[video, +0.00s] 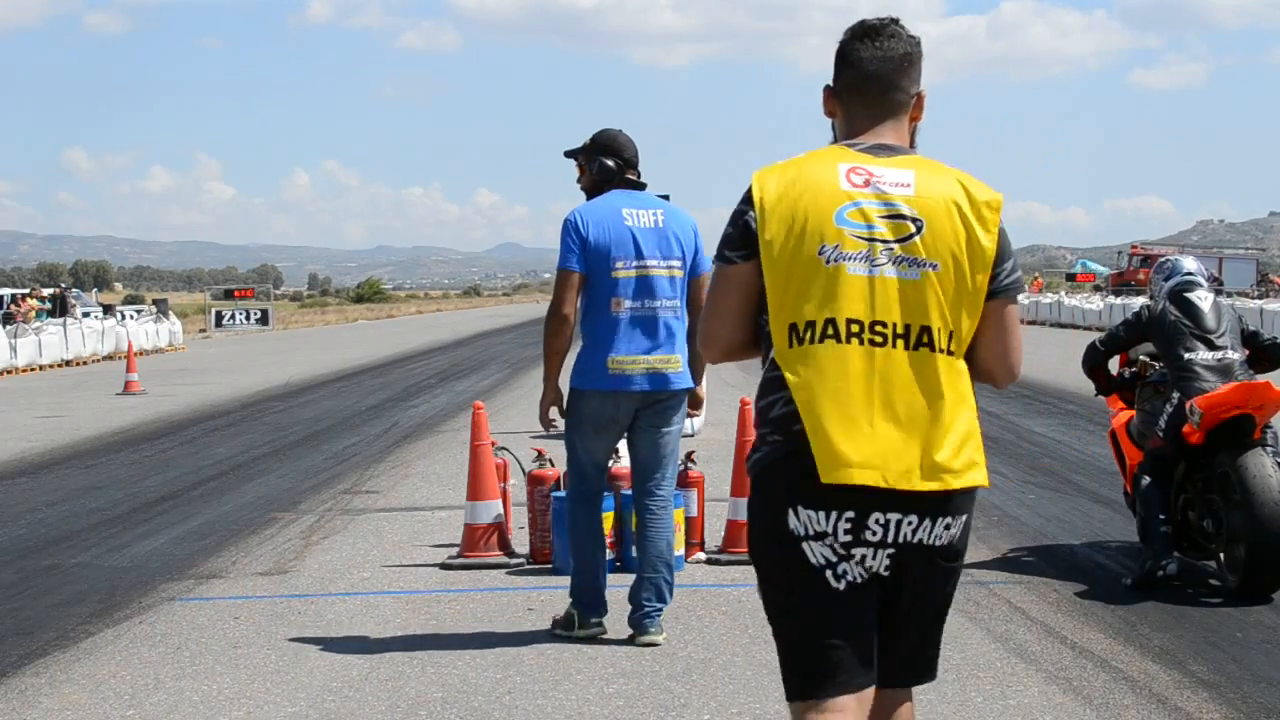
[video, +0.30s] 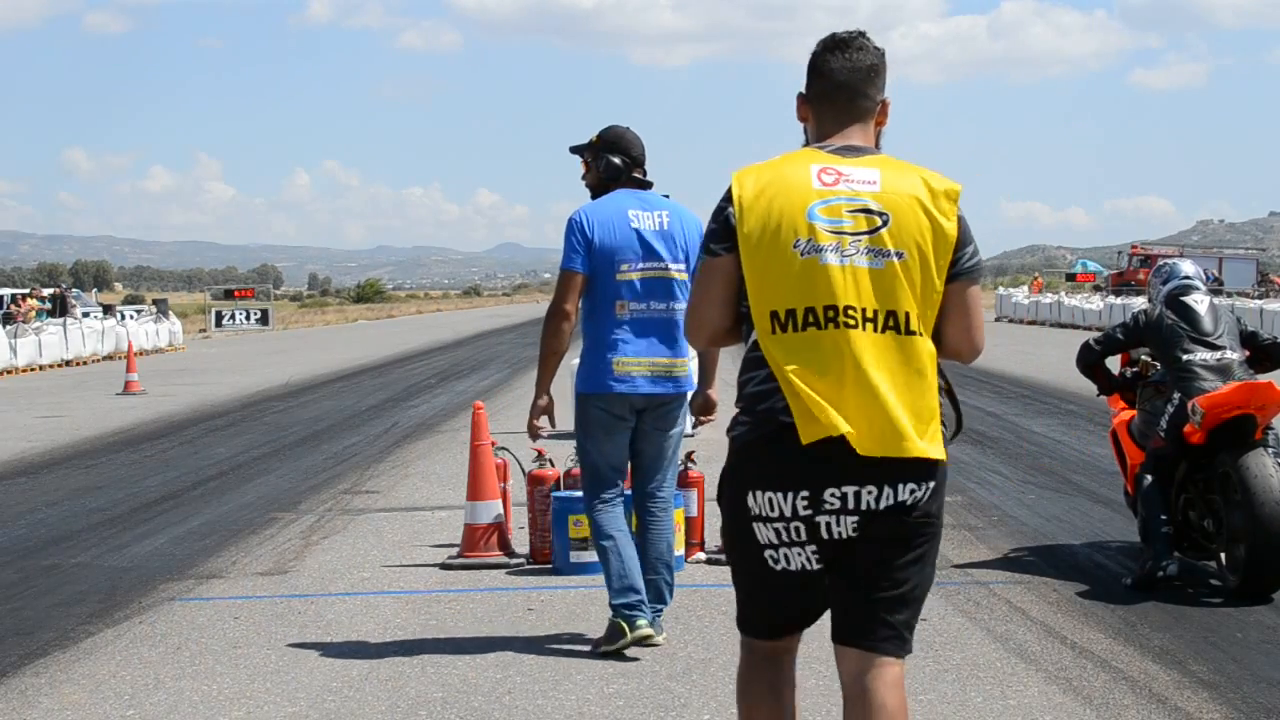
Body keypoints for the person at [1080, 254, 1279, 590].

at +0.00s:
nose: (1152, 291)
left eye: (1154, 285)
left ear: (1161, 283)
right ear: (1202, 278)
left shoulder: (1153, 313)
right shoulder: (1228, 309)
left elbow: (1095, 353)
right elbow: (1269, 349)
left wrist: (1109, 385)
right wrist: (1242, 369)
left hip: (1192, 392)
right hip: (1242, 385)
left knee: (1151, 471)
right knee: (1266, 433)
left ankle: (1158, 554)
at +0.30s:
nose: (1151, 293)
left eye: (1153, 287)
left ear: (1160, 286)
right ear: (1200, 282)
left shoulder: (1152, 317)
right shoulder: (1226, 313)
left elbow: (1088, 354)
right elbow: (1271, 348)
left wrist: (1111, 385)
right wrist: (1243, 368)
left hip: (1192, 395)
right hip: (1241, 387)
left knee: (1151, 471)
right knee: (1266, 439)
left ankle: (1159, 556)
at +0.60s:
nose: (1149, 295)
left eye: (1151, 289)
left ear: (1158, 288)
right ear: (1197, 284)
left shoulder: (1150, 320)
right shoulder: (1225, 315)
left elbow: (1088, 357)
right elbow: (1271, 347)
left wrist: (1109, 386)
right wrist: (1241, 368)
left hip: (1190, 398)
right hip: (1240, 391)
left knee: (1147, 474)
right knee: (1266, 441)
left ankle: (1157, 556)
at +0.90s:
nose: (1143, 295)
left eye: (1145, 290)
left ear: (1152, 288)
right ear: (1191, 282)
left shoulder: (1143, 319)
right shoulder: (1219, 313)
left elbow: (1084, 357)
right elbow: (1270, 345)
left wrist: (1107, 387)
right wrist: (1238, 365)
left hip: (1187, 393)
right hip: (1238, 384)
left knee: (1150, 471)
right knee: (1264, 436)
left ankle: (1156, 560)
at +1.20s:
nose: (1143, 296)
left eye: (1145, 290)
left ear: (1153, 288)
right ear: (1192, 283)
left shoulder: (1145, 319)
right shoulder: (1221, 313)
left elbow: (1084, 356)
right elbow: (1270, 346)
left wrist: (1107, 386)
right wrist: (1242, 367)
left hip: (1187, 394)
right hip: (1238, 386)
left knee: (1150, 472)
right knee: (1265, 436)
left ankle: (1158, 560)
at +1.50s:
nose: (1147, 297)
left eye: (1149, 291)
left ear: (1157, 289)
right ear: (1197, 284)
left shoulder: (1149, 319)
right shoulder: (1225, 314)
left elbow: (1088, 355)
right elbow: (1270, 348)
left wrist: (1110, 385)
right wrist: (1242, 366)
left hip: (1190, 397)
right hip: (1241, 388)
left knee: (1147, 474)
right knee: (1265, 441)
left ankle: (1156, 554)